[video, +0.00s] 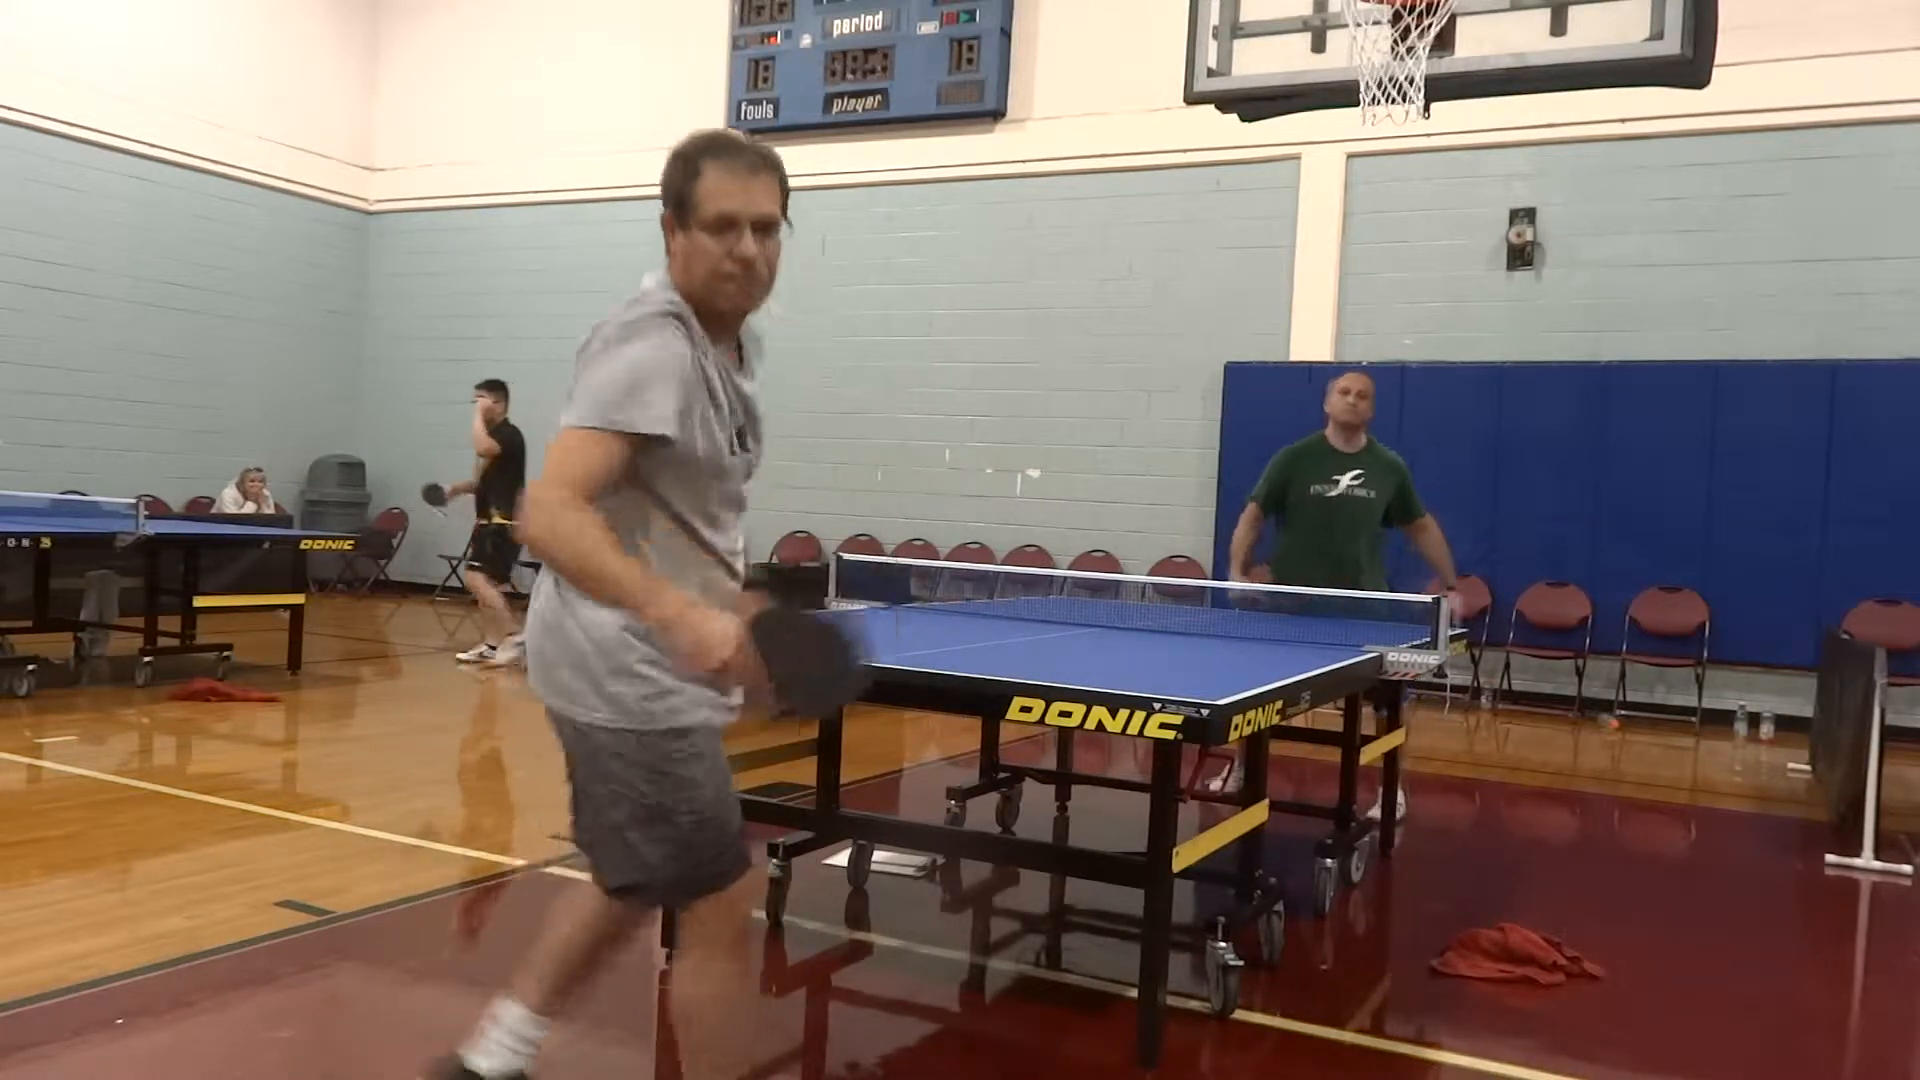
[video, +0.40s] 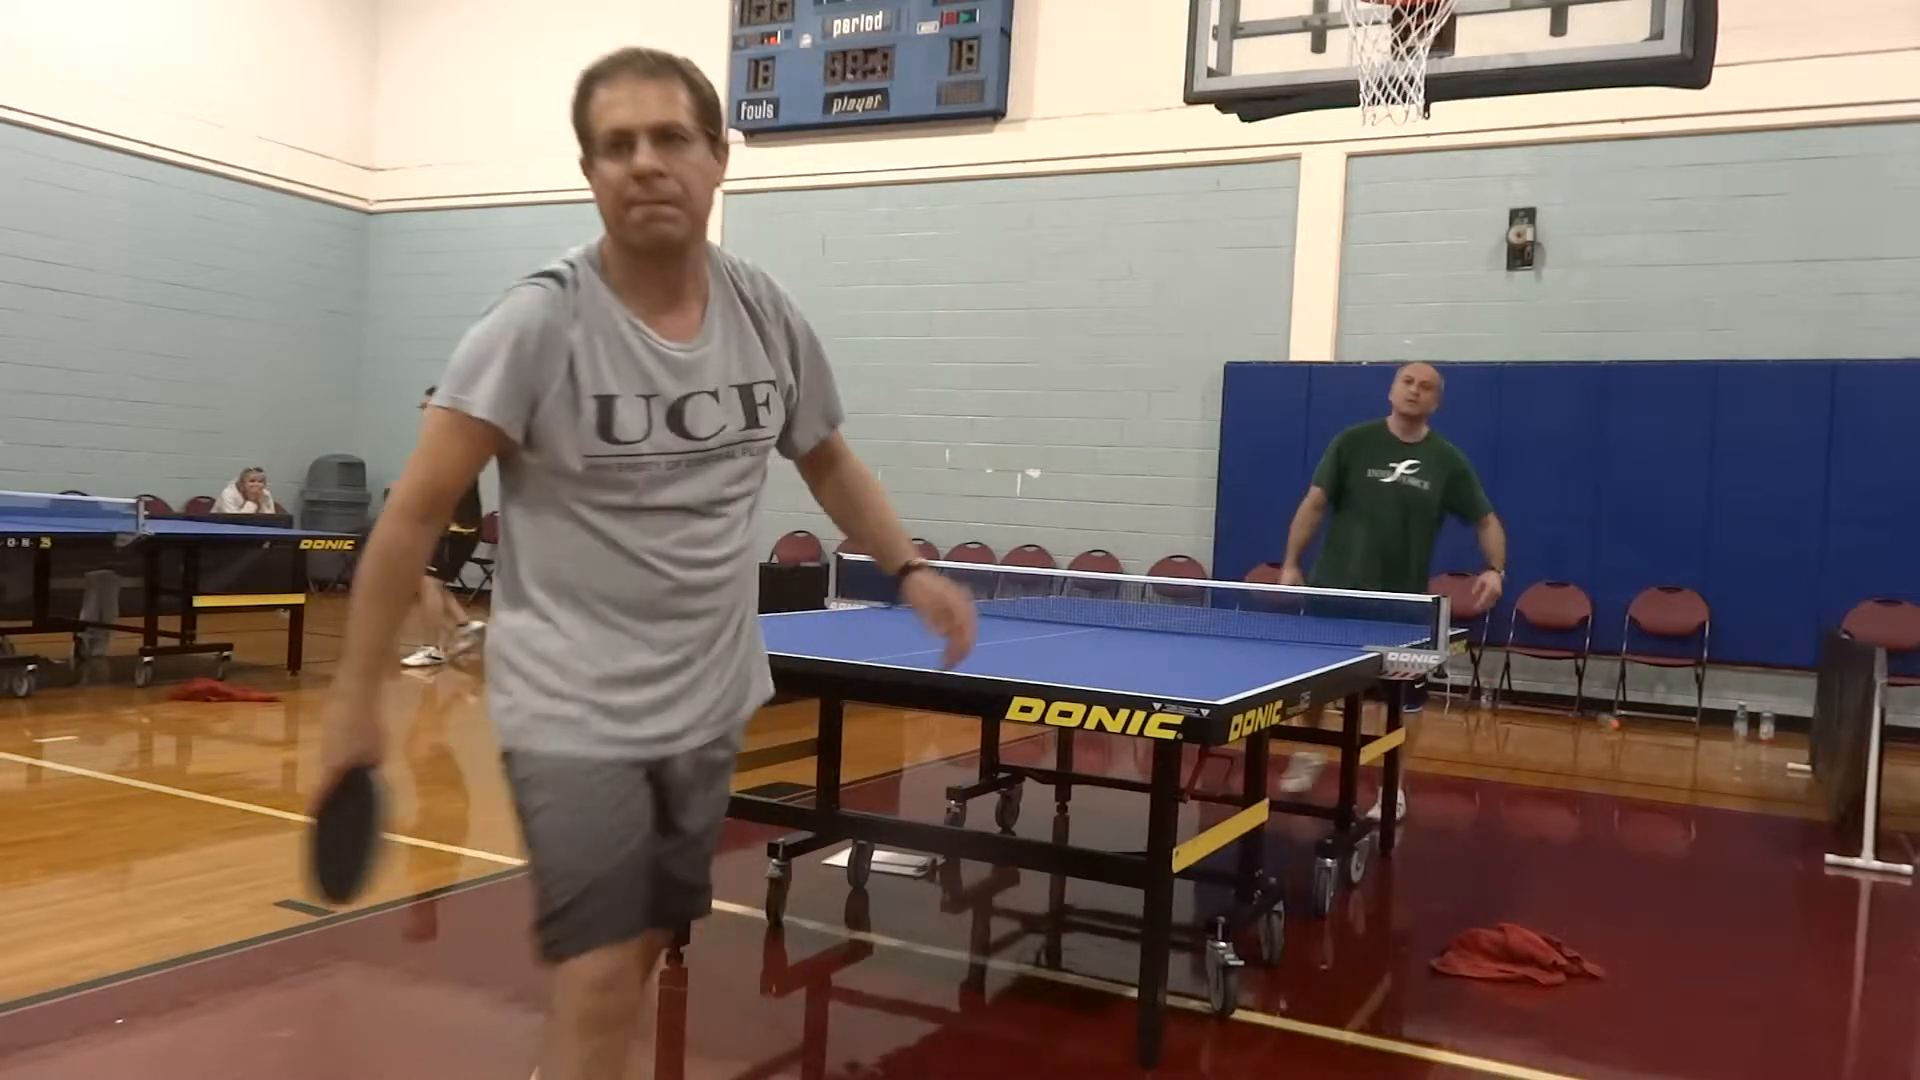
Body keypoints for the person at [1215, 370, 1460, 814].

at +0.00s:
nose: (1353, 402)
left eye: (1362, 397)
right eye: (1345, 393)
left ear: (1372, 411)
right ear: (1326, 401)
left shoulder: (1389, 467)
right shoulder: (1293, 459)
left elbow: (1420, 526)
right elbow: (1252, 517)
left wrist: (1451, 582)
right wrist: (1237, 573)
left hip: (1365, 607)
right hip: (1292, 601)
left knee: (1388, 697)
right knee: (1257, 681)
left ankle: (1392, 787)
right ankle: (1243, 767)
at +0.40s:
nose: (1414, 391)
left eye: (1425, 387)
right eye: (1408, 382)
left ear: (1436, 402)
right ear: (1392, 390)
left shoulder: (1447, 460)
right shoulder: (1352, 442)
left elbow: (1486, 520)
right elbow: (1314, 503)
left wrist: (1495, 569)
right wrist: (1290, 563)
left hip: (1401, 602)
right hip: (1334, 593)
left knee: (1402, 700)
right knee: (1315, 677)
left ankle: (1392, 787)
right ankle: (1309, 750)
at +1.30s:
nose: (1378, 406)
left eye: (1387, 397)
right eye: (1375, 400)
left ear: (1414, 403)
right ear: (1372, 409)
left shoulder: (1450, 450)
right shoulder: (1368, 463)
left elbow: (1488, 510)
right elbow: (1355, 525)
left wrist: (1498, 577)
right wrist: (1345, 572)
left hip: (1443, 596)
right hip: (1387, 596)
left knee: (1456, 683)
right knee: (1392, 688)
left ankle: (1466, 750)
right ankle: (1393, 768)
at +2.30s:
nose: (1409, 413)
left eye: (1415, 408)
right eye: (1412, 406)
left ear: (1433, 417)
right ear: (1437, 417)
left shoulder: (1453, 461)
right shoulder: (1437, 458)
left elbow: (1462, 526)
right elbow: (1463, 527)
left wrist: (1464, 589)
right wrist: (1476, 582)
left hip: (1443, 595)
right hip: (1421, 591)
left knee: (1460, 677)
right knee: (1425, 674)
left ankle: (1473, 760)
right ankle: (1423, 747)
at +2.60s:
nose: (1399, 424)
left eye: (1402, 418)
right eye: (1402, 417)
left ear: (1410, 422)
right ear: (1436, 424)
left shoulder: (1427, 462)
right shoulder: (1451, 460)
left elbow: (1415, 521)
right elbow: (1443, 523)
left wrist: (1374, 565)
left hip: (1416, 584)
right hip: (1438, 582)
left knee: (1403, 660)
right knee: (1426, 665)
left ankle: (1430, 735)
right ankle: (1425, 745)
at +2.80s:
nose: (1391, 427)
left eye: (1393, 422)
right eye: (1395, 421)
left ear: (1398, 425)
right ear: (1428, 426)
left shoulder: (1401, 460)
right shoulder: (1448, 462)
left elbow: (1387, 517)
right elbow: (1442, 526)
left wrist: (1354, 562)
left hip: (1398, 585)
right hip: (1437, 585)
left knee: (1368, 663)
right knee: (1428, 667)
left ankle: (1369, 745)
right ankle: (1424, 745)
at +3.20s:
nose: (1369, 429)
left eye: (1370, 424)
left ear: (1375, 428)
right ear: (1408, 427)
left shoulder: (1365, 467)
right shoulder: (1436, 464)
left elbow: (1350, 527)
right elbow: (1459, 520)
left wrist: (1339, 576)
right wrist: (1467, 571)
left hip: (1375, 585)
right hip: (1423, 585)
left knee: (1356, 652)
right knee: (1424, 658)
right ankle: (1430, 730)